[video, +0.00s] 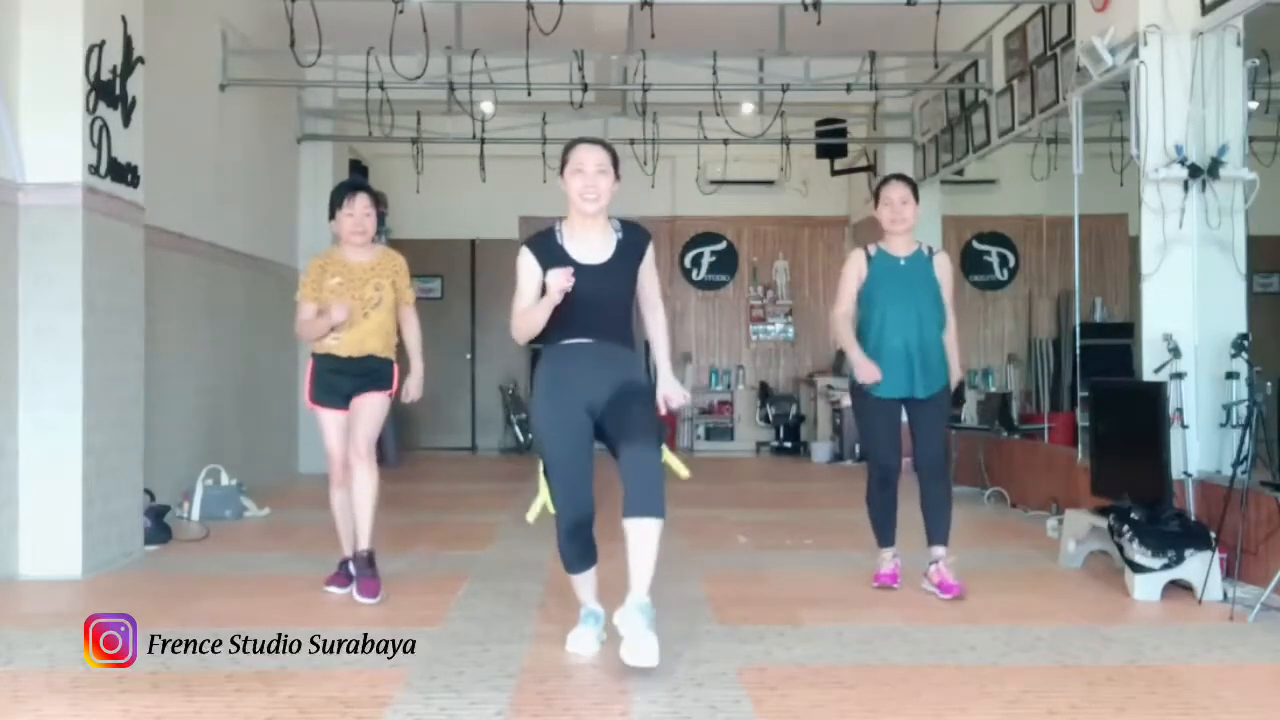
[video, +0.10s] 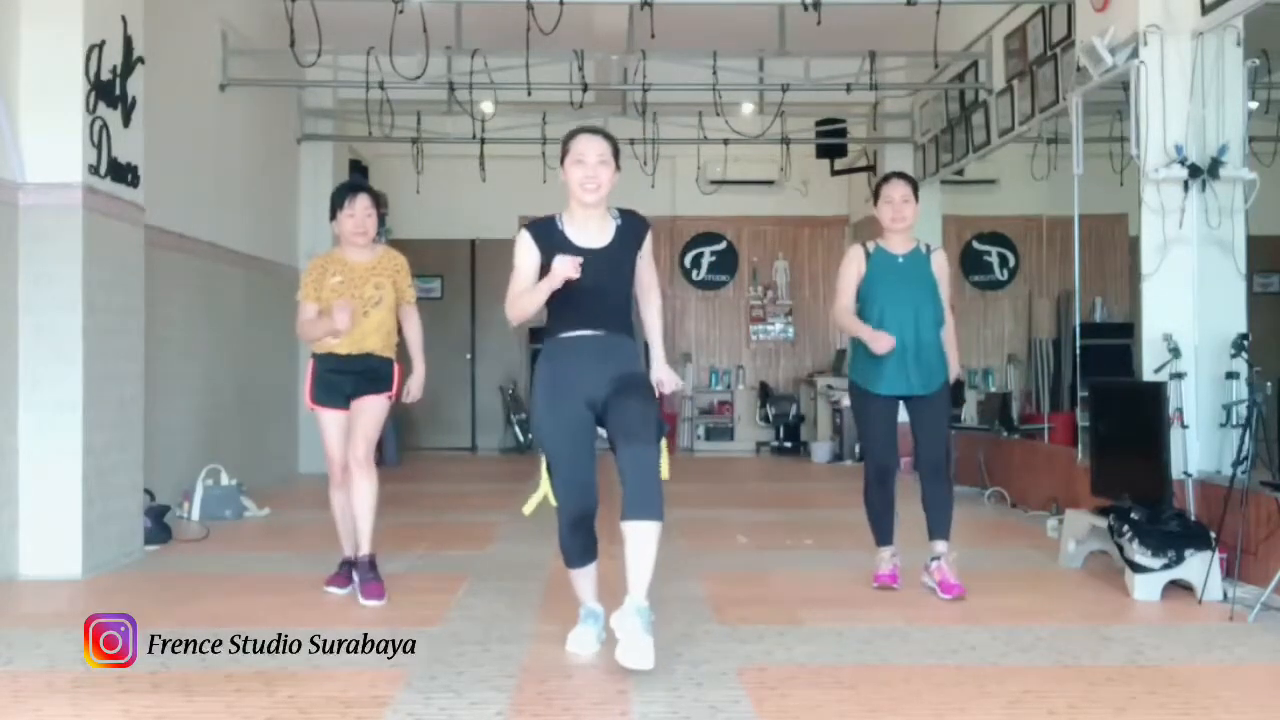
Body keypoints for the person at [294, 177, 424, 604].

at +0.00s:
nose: (359, 222)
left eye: (367, 215)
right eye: (350, 214)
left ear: (377, 220)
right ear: (334, 220)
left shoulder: (393, 263)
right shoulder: (319, 267)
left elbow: (408, 317)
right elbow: (304, 331)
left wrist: (416, 368)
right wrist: (330, 321)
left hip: (377, 367)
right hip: (329, 367)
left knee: (362, 452)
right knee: (339, 464)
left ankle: (365, 555)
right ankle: (347, 558)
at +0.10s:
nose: (361, 223)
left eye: (369, 215)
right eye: (351, 215)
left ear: (378, 220)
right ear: (335, 221)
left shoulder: (394, 262)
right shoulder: (320, 267)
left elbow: (409, 316)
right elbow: (304, 330)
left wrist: (418, 368)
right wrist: (333, 325)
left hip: (378, 368)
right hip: (329, 367)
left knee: (361, 457)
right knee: (338, 467)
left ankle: (366, 560)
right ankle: (348, 559)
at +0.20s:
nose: (359, 223)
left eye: (367, 215)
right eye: (349, 216)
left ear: (379, 221)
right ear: (335, 223)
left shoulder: (395, 268)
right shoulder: (321, 270)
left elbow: (408, 328)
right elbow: (306, 329)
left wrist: (421, 383)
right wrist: (329, 344)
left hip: (378, 373)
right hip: (330, 372)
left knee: (365, 468)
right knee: (338, 469)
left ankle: (368, 566)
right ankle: (348, 561)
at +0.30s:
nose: (357, 222)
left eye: (366, 214)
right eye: (349, 214)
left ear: (379, 221)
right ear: (336, 222)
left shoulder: (395, 268)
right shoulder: (322, 271)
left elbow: (409, 331)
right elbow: (310, 328)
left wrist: (417, 386)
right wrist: (317, 377)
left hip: (381, 372)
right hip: (334, 372)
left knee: (372, 462)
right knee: (340, 467)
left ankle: (372, 561)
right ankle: (350, 559)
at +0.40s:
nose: (358, 224)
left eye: (367, 216)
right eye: (349, 216)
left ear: (380, 223)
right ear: (338, 223)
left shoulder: (397, 268)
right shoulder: (324, 272)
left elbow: (413, 325)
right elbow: (312, 336)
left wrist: (401, 363)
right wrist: (304, 392)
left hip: (382, 373)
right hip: (335, 373)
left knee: (383, 460)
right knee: (340, 469)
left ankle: (389, 544)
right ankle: (349, 560)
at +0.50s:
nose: (361, 220)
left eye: (370, 212)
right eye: (352, 212)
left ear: (382, 219)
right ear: (340, 220)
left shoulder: (399, 262)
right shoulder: (326, 269)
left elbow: (414, 319)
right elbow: (312, 332)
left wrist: (393, 332)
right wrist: (301, 388)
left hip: (387, 372)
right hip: (339, 372)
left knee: (391, 465)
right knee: (345, 469)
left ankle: (409, 532)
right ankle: (350, 561)